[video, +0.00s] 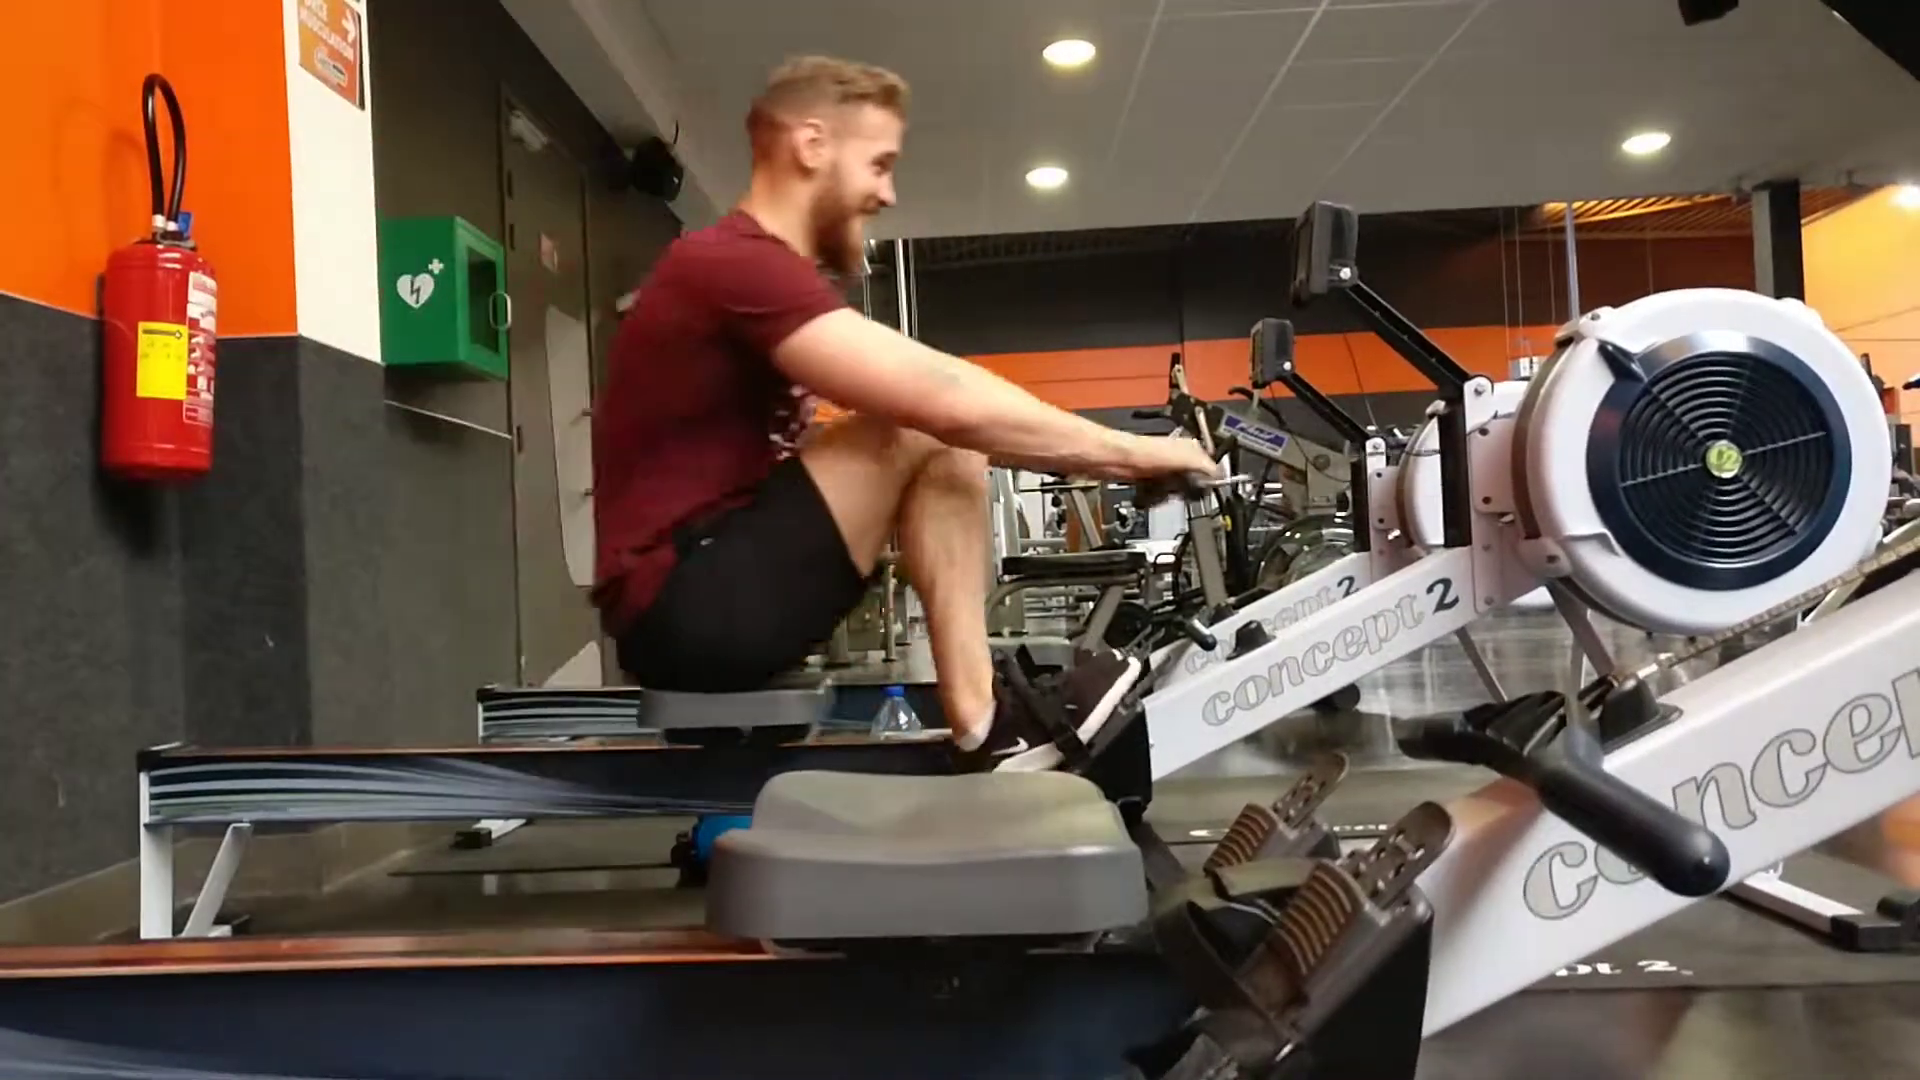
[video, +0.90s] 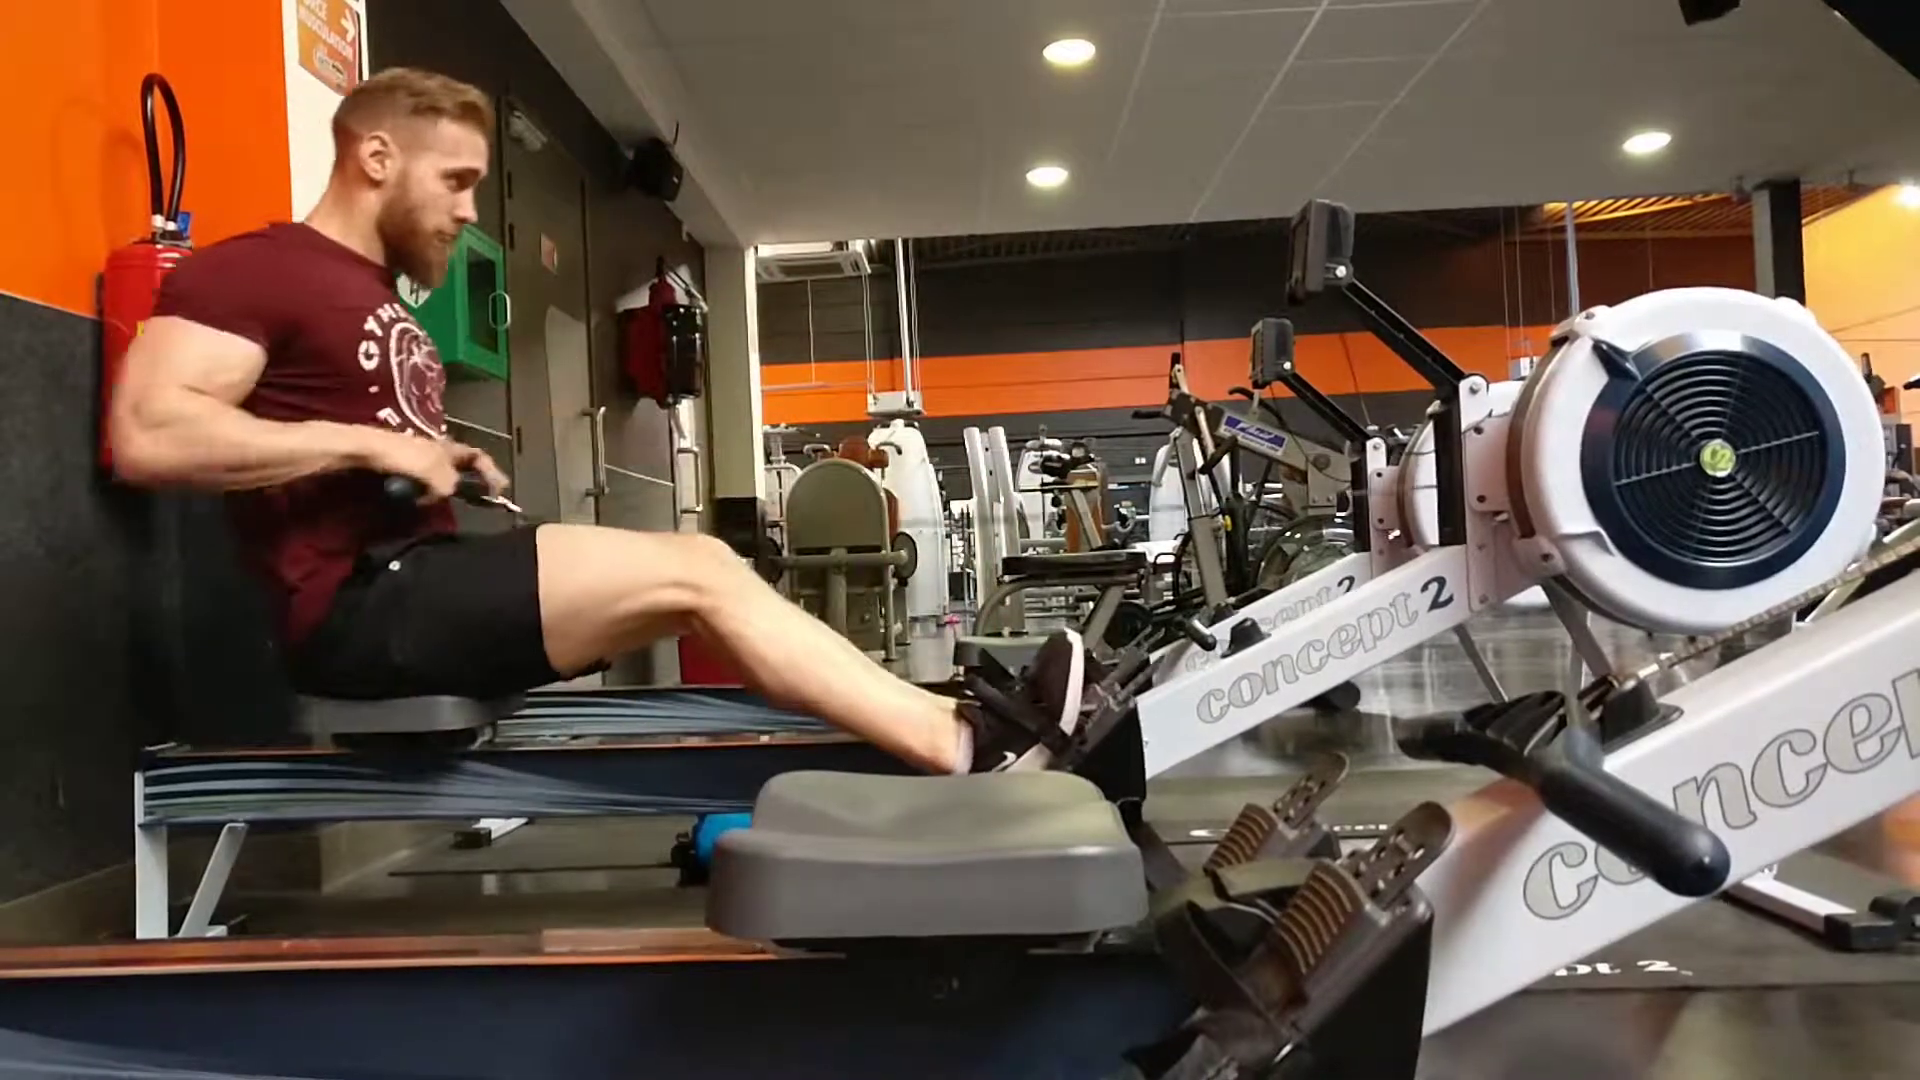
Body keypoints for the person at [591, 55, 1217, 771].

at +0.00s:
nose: (889, 194)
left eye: (892, 170)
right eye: (880, 164)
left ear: (811, 151)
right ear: (808, 146)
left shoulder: (762, 270)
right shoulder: (736, 264)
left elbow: (940, 397)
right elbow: (950, 402)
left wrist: (1118, 455)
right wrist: (1136, 452)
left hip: (702, 606)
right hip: (685, 614)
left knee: (933, 431)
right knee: (931, 433)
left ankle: (977, 715)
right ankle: (976, 727)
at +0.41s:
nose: (799, 155)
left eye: (795, 129)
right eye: (784, 125)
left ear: (711, 125)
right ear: (709, 121)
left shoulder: (687, 245)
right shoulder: (655, 235)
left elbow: (838, 379)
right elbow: (837, 387)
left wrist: (1017, 421)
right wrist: (1027, 420)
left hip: (670, 595)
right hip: (657, 605)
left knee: (921, 437)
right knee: (924, 442)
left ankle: (991, 707)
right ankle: (988, 729)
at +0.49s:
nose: (673, 150)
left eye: (669, 126)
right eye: (653, 120)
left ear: (576, 124)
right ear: (569, 120)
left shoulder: (608, 265)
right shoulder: (529, 242)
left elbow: (719, 411)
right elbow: (699, 387)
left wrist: (892, 411)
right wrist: (901, 407)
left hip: (613, 600)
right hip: (572, 608)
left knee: (866, 447)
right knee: (863, 455)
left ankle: (982, 719)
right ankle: (986, 737)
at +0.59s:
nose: (531, 163)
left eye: (531, 142)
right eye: (511, 138)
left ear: (445, 139)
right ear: (426, 131)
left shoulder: (480, 284)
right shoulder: (381, 263)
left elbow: (599, 422)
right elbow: (525, 415)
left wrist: (747, 423)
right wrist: (745, 420)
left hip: (529, 594)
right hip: (481, 611)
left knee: (793, 481)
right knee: (789, 487)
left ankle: (989, 722)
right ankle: (984, 743)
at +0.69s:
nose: (445, 189)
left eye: (447, 167)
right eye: (427, 162)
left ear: (357, 155)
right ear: (340, 150)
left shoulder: (396, 295)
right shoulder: (274, 275)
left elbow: (476, 467)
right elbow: (356, 444)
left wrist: (567, 440)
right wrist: (584, 420)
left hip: (470, 580)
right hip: (413, 605)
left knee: (749, 536)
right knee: (744, 534)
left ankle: (981, 728)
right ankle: (982, 747)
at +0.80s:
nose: (428, 206)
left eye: (433, 184)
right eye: (412, 176)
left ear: (357, 168)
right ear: (326, 156)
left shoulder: (360, 298)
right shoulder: (229, 278)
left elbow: (364, 449)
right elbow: (184, 455)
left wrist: (471, 448)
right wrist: (394, 432)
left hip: (415, 593)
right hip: (354, 611)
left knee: (708, 566)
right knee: (703, 567)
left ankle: (974, 730)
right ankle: (969, 751)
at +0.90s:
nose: (468, 212)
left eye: (476, 189)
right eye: (455, 181)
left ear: (385, 163)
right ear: (370, 158)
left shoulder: (386, 305)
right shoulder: (262, 267)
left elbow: (360, 453)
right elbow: (147, 437)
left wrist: (443, 467)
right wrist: (364, 446)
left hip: (413, 588)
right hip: (349, 607)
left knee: (706, 569)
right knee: (700, 568)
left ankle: (965, 733)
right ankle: (964, 748)